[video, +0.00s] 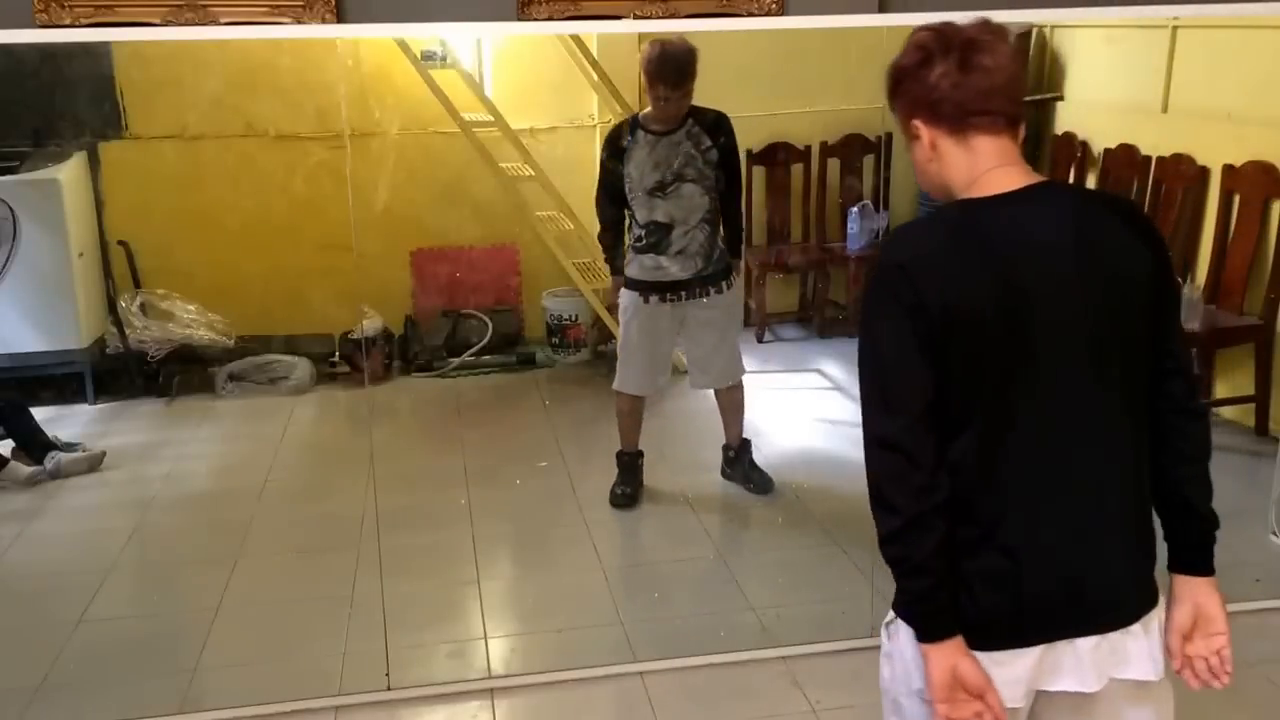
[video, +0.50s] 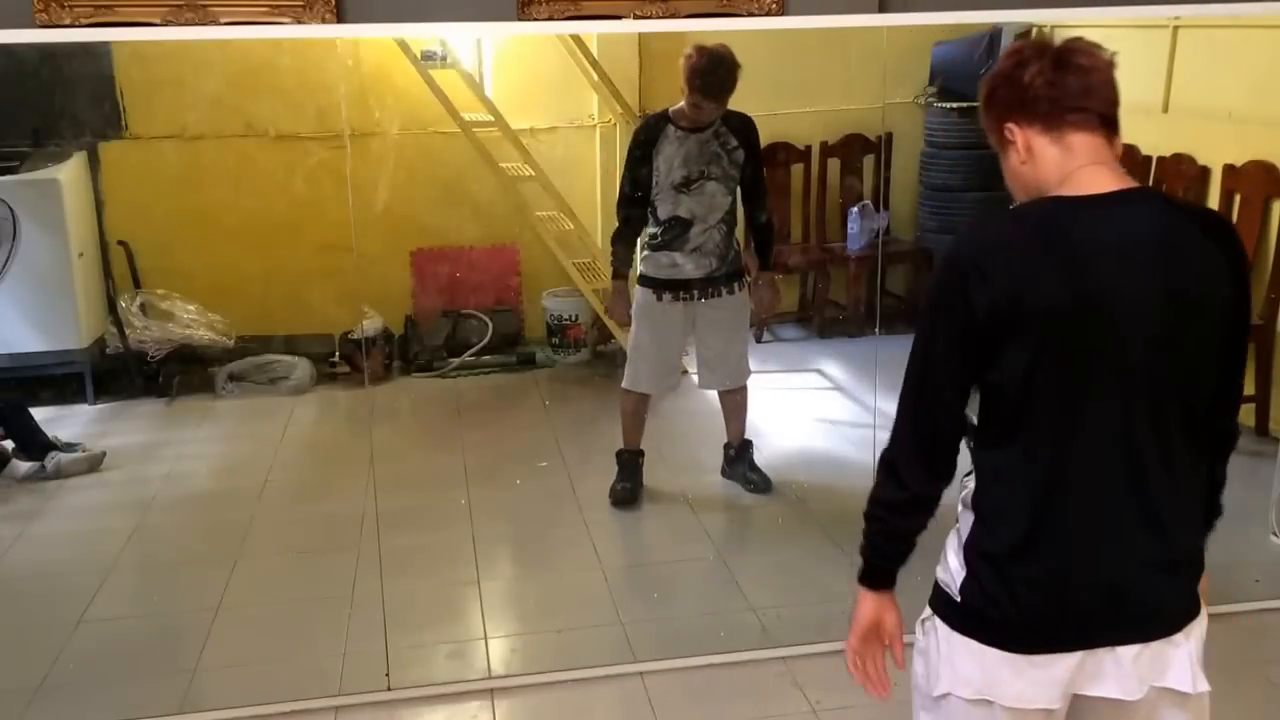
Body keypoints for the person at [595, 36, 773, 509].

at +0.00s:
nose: (663, 101)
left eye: (674, 92)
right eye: (655, 91)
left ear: (690, 86)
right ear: (643, 83)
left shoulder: (716, 127)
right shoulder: (621, 139)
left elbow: (731, 197)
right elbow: (608, 208)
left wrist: (734, 255)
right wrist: (615, 272)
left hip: (711, 279)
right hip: (645, 283)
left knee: (727, 371)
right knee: (631, 381)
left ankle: (736, 456)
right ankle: (628, 466)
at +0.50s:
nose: (698, 112)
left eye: (708, 106)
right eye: (693, 103)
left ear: (727, 96)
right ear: (684, 87)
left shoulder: (740, 130)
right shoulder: (652, 130)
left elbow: (756, 204)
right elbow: (630, 206)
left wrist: (765, 272)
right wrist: (618, 278)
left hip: (722, 281)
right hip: (659, 282)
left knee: (732, 371)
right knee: (639, 377)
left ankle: (736, 456)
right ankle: (629, 467)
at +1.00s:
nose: (691, 116)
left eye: (701, 109)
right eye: (684, 108)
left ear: (716, 96)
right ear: (671, 92)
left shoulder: (733, 127)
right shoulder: (642, 133)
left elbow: (741, 201)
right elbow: (630, 209)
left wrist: (721, 261)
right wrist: (667, 265)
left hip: (721, 277)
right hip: (657, 278)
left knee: (730, 372)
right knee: (639, 375)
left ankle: (737, 456)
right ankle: (629, 465)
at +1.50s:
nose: (693, 114)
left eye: (702, 106)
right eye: (686, 105)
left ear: (716, 93)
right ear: (672, 90)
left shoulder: (733, 128)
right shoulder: (641, 134)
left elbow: (740, 201)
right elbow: (633, 212)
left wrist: (721, 261)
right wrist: (670, 268)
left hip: (720, 279)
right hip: (656, 279)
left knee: (730, 374)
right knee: (638, 378)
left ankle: (736, 456)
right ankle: (628, 465)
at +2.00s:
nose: (689, 90)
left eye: (697, 80)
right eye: (680, 80)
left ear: (710, 77)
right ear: (665, 77)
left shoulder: (732, 129)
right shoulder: (640, 135)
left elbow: (740, 204)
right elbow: (632, 212)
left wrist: (721, 262)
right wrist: (672, 266)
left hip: (720, 279)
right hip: (656, 281)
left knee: (731, 373)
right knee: (638, 378)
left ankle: (736, 456)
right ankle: (628, 465)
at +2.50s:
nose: (691, 83)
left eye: (701, 74)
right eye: (683, 73)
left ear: (716, 74)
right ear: (670, 71)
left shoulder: (733, 129)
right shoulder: (640, 134)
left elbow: (740, 204)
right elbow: (631, 214)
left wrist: (722, 263)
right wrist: (672, 269)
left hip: (720, 280)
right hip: (657, 281)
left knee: (730, 375)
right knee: (638, 380)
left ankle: (736, 456)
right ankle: (628, 466)